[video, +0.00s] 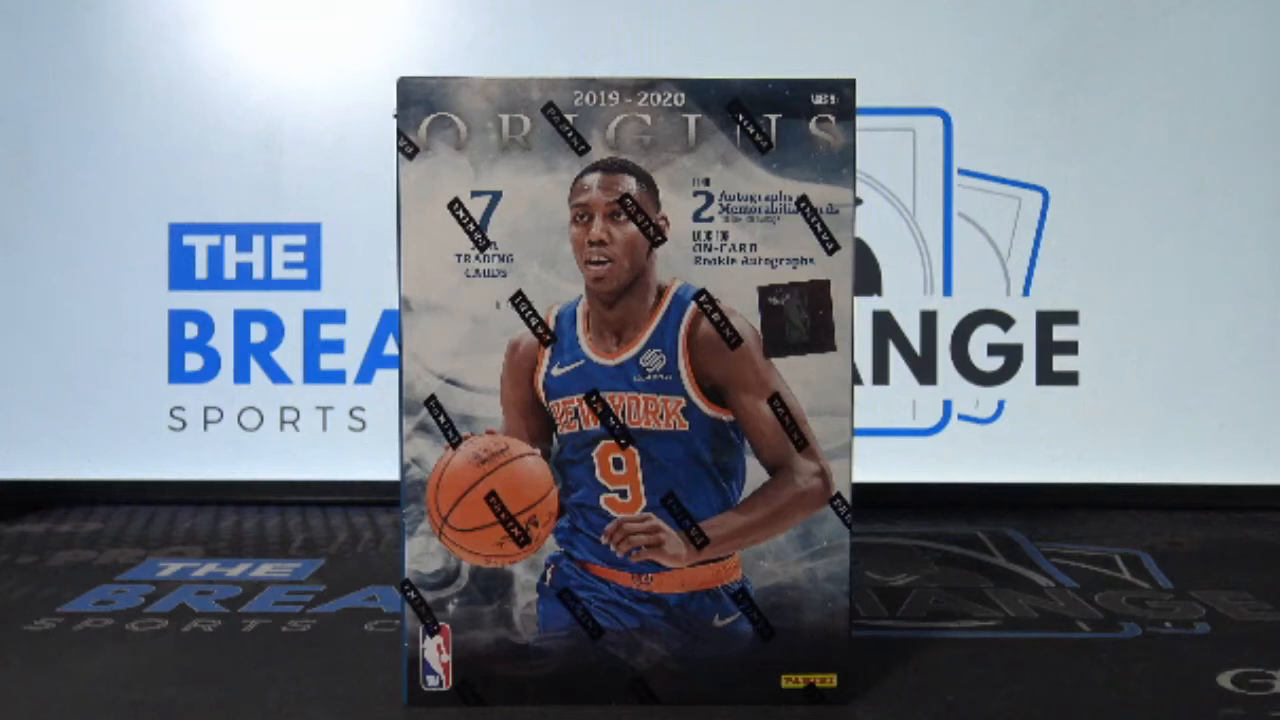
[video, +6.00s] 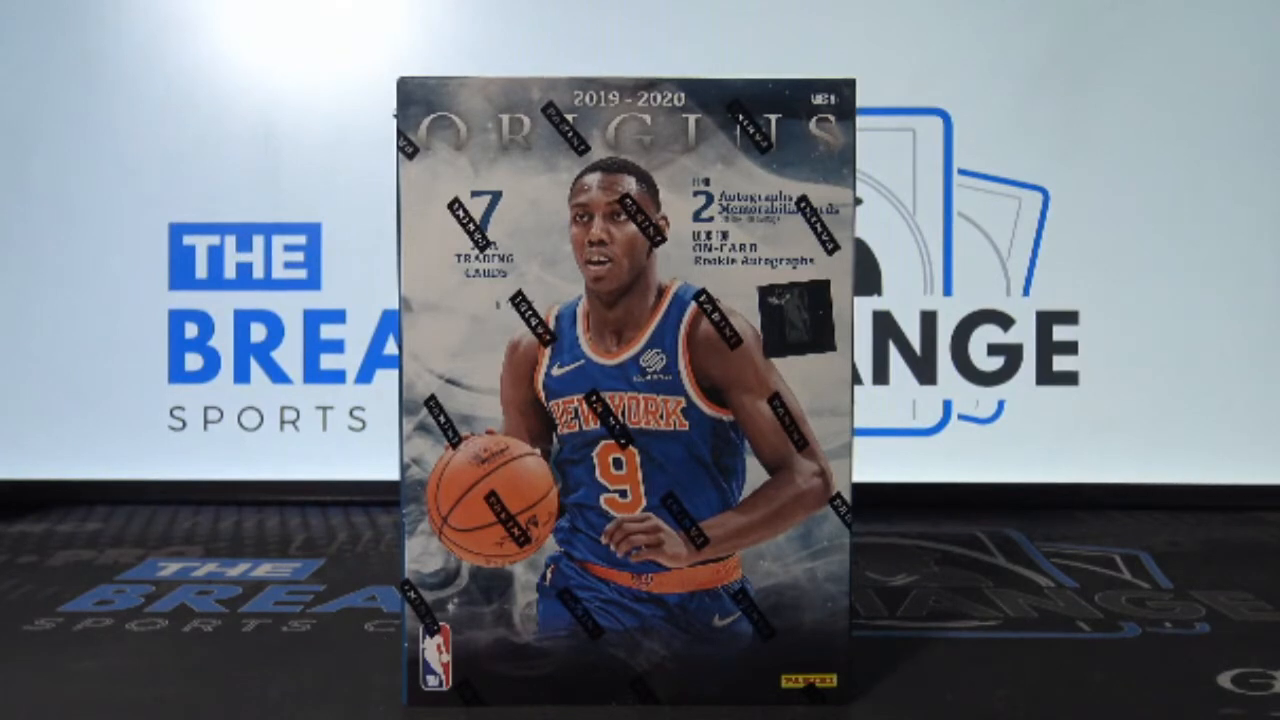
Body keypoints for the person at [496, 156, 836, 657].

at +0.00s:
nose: (595, 235)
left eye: (618, 216)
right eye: (581, 218)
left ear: (657, 230)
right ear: (569, 232)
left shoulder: (711, 334)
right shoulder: (534, 353)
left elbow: (809, 477)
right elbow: (527, 489)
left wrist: (696, 541)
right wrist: (476, 475)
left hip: (699, 613)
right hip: (584, 608)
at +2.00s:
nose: (595, 235)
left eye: (617, 216)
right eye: (581, 218)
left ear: (657, 230)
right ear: (569, 232)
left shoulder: (713, 334)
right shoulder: (534, 353)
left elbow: (809, 476)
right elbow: (526, 487)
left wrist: (695, 542)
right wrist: (474, 474)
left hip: (698, 611)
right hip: (584, 604)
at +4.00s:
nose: (595, 234)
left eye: (618, 216)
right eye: (582, 218)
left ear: (658, 229)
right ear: (569, 232)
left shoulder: (712, 334)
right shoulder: (534, 353)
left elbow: (809, 476)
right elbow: (526, 487)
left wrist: (695, 543)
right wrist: (480, 469)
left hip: (697, 613)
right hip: (582, 607)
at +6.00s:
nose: (595, 234)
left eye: (617, 216)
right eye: (582, 218)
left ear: (657, 230)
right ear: (570, 231)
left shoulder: (712, 334)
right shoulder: (534, 352)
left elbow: (809, 476)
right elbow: (525, 486)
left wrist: (694, 543)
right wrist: (478, 469)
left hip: (697, 611)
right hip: (583, 604)